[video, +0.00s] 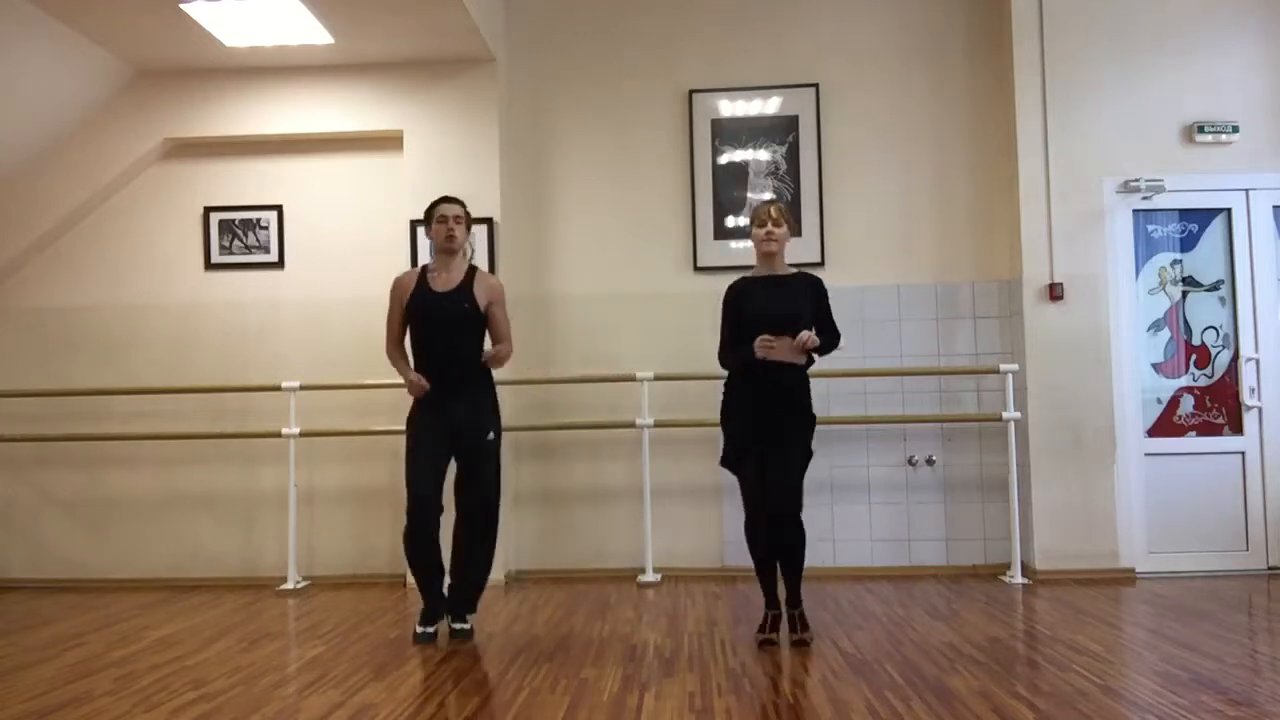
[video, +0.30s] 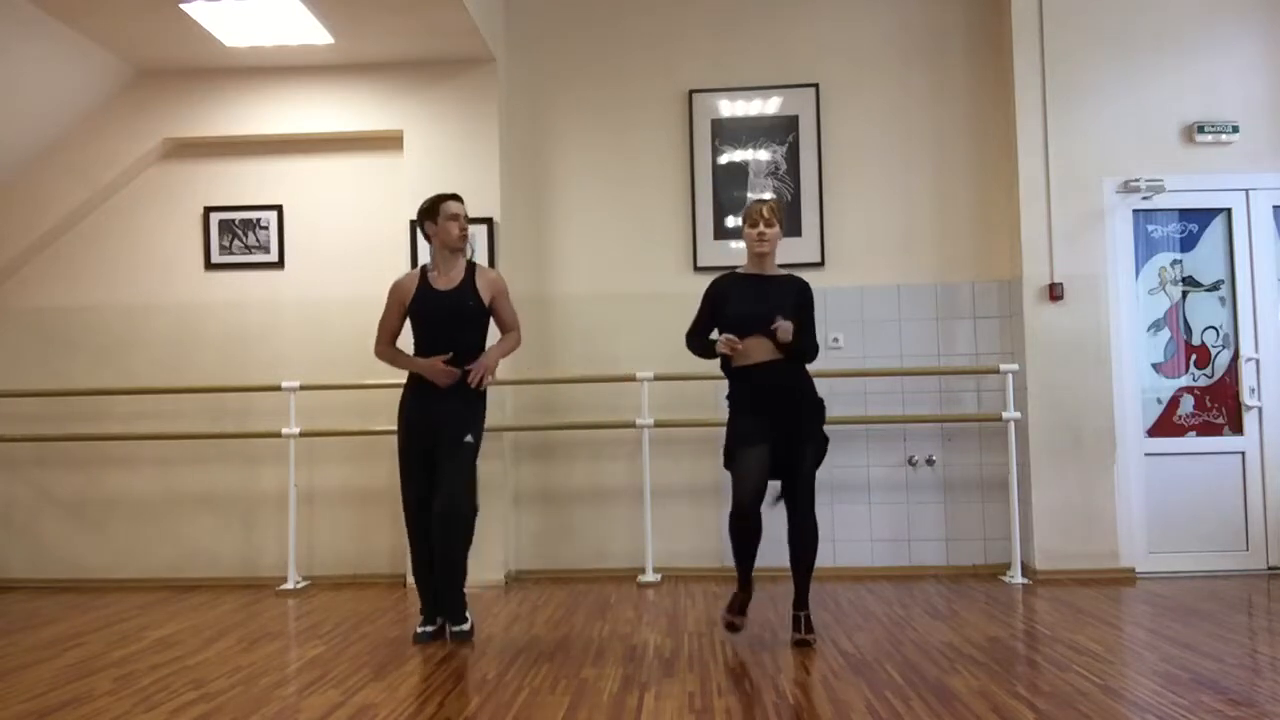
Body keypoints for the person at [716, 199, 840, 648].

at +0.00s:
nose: (769, 230)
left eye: (776, 223)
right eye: (761, 223)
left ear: (789, 233)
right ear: (751, 234)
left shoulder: (810, 285)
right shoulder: (738, 291)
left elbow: (831, 337)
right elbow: (726, 357)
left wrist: (815, 339)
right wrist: (753, 349)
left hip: (792, 412)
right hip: (745, 414)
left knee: (787, 510)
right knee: (756, 511)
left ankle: (795, 606)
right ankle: (771, 607)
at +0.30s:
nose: (761, 231)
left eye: (769, 224)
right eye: (754, 224)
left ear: (781, 232)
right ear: (743, 232)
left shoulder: (797, 288)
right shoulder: (723, 287)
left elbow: (809, 353)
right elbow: (694, 339)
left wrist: (791, 338)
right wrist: (715, 346)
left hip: (797, 406)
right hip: (748, 407)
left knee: (801, 507)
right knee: (744, 504)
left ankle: (802, 607)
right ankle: (743, 588)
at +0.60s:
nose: (747, 229)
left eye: (755, 221)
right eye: (740, 222)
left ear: (768, 230)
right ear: (731, 231)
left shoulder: (787, 277)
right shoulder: (715, 285)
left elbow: (806, 329)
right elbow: (690, 347)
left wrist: (781, 347)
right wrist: (727, 363)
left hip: (767, 407)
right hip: (722, 410)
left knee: (762, 503)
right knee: (727, 508)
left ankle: (767, 593)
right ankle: (731, 604)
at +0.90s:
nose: (720, 228)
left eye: (729, 221)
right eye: (720, 222)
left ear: (757, 229)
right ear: (726, 231)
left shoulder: (782, 283)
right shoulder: (708, 281)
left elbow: (801, 346)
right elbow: (662, 321)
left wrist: (795, 399)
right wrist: (648, 269)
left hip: (770, 399)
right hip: (723, 398)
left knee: (767, 507)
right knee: (735, 508)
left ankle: (763, 609)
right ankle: (741, 609)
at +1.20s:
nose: (721, 228)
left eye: (731, 221)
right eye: (721, 222)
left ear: (757, 228)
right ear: (728, 230)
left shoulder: (783, 282)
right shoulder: (712, 283)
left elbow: (803, 346)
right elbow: (671, 334)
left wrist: (817, 405)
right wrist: (635, 303)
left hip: (771, 398)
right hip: (723, 398)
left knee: (768, 506)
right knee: (734, 506)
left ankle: (762, 608)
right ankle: (739, 608)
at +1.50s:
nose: (720, 228)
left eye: (729, 220)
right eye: (719, 221)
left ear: (755, 227)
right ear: (726, 230)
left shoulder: (783, 281)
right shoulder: (712, 282)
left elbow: (797, 345)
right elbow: (672, 333)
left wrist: (800, 400)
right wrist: (638, 301)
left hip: (772, 398)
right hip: (725, 397)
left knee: (770, 506)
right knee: (734, 507)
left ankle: (764, 608)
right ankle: (741, 608)